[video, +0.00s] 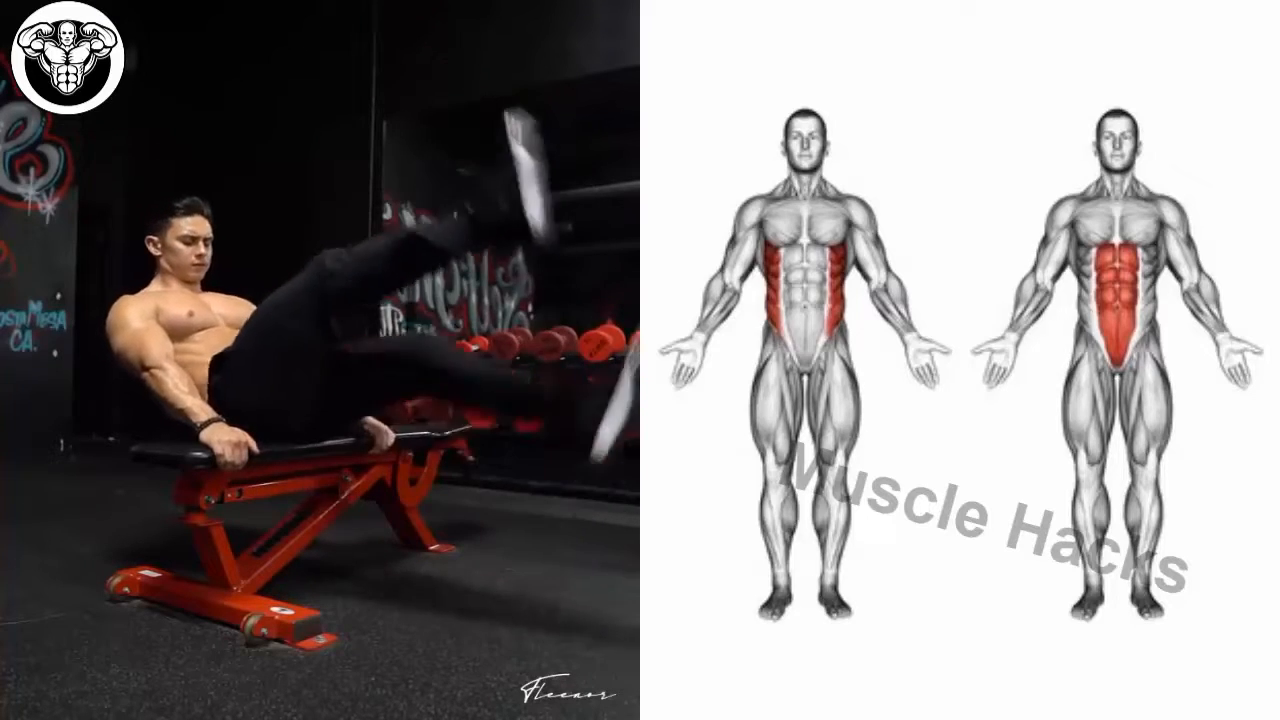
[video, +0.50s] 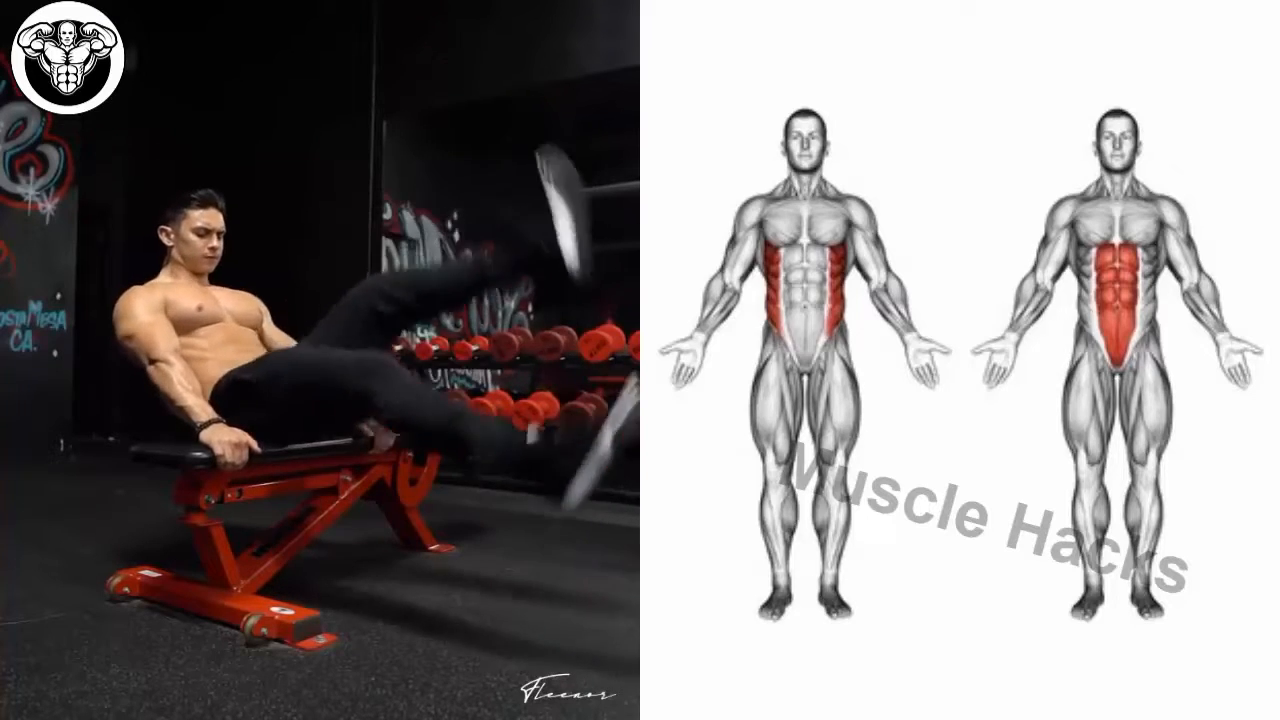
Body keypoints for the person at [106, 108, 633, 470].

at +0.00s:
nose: (201, 253)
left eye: (206, 243)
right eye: (188, 243)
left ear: (209, 247)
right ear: (156, 248)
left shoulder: (237, 306)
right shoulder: (131, 310)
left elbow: (300, 363)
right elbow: (159, 371)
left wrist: (357, 419)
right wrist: (208, 424)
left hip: (296, 401)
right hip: (240, 393)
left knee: (419, 353)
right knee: (325, 274)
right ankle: (503, 222)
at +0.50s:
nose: (214, 244)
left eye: (219, 235)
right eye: (202, 233)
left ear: (222, 242)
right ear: (168, 236)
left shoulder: (245, 299)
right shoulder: (140, 301)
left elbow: (303, 357)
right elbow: (164, 364)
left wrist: (364, 410)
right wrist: (208, 424)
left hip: (296, 383)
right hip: (242, 397)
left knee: (378, 294)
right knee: (368, 366)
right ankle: (535, 458)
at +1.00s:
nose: (215, 239)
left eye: (221, 230)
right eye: (202, 229)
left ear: (225, 235)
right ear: (168, 232)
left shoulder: (251, 293)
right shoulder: (143, 298)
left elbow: (302, 350)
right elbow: (163, 366)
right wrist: (210, 426)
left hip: (302, 396)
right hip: (242, 393)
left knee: (425, 398)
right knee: (336, 299)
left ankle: (539, 532)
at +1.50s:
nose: (221, 228)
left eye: (226, 219)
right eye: (209, 217)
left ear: (229, 228)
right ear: (173, 224)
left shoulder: (251, 291)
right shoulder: (146, 290)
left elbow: (309, 352)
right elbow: (163, 361)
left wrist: (368, 375)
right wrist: (209, 426)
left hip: (294, 378)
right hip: (240, 393)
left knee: (376, 299)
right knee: (371, 400)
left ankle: (535, 241)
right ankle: (510, 534)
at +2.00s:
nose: (208, 213)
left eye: (209, 206)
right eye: (192, 207)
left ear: (213, 225)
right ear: (162, 227)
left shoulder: (253, 289)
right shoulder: (144, 290)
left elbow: (306, 340)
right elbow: (160, 362)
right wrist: (208, 424)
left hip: (311, 397)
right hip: (245, 395)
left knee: (435, 422)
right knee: (329, 290)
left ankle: (540, 567)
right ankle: (500, 215)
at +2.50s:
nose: (212, 212)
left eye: (214, 205)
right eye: (197, 205)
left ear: (217, 223)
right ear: (167, 225)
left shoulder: (253, 290)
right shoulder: (150, 284)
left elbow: (310, 353)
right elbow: (164, 355)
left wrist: (372, 405)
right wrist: (209, 425)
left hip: (300, 375)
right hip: (246, 388)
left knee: (376, 290)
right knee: (375, 425)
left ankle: (517, 210)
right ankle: (501, 584)